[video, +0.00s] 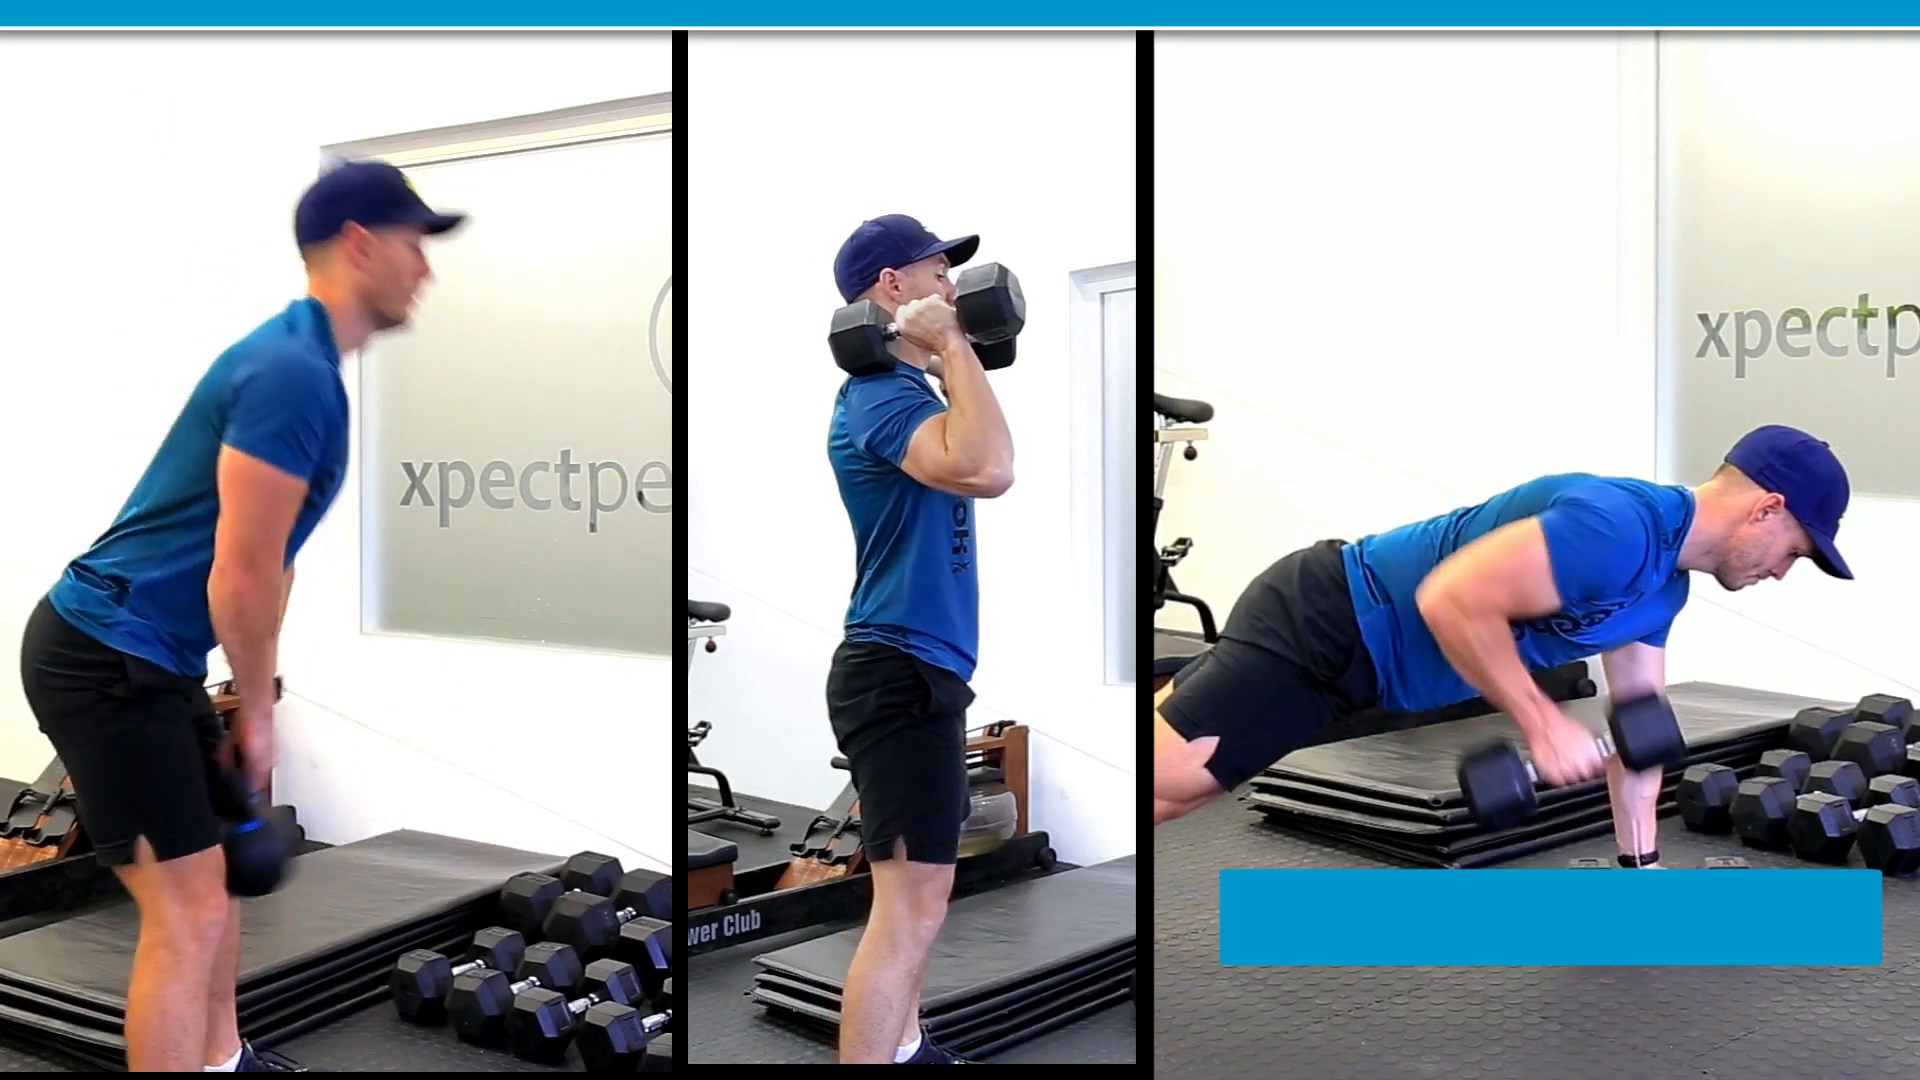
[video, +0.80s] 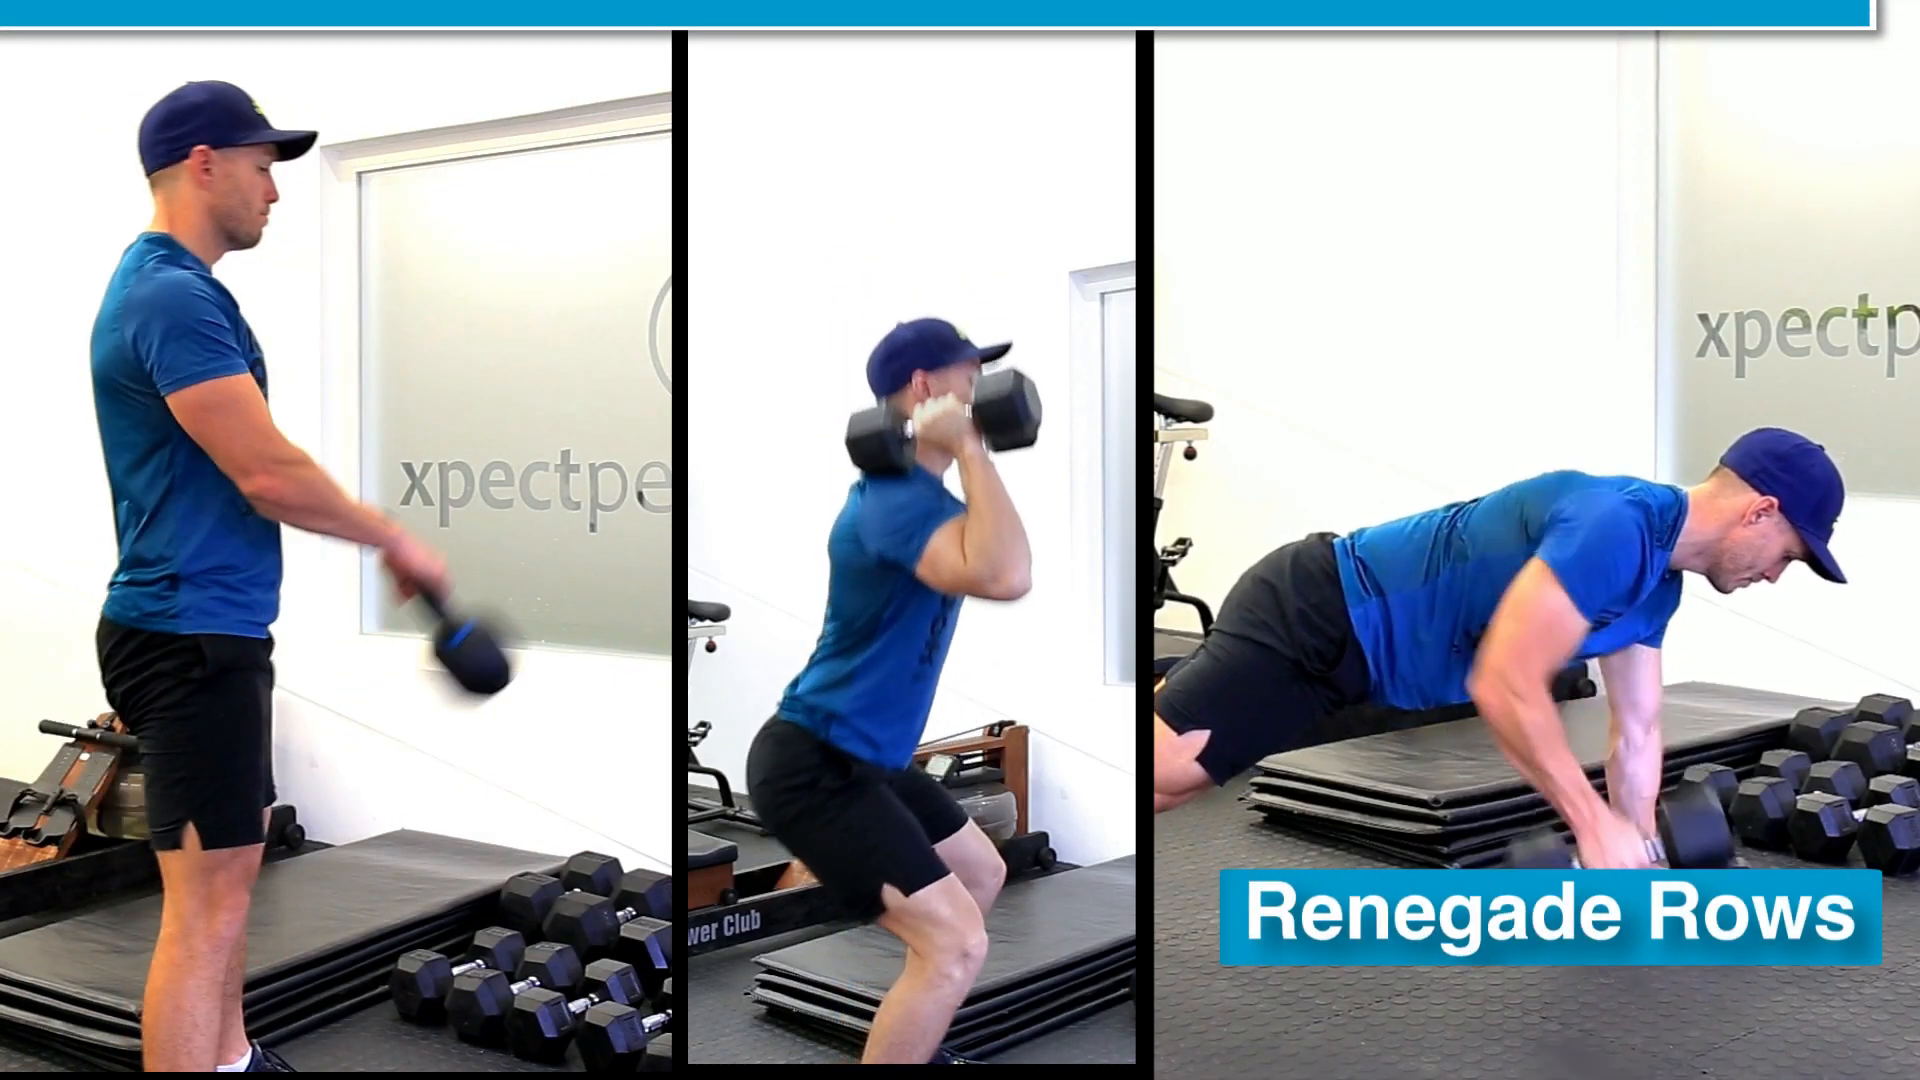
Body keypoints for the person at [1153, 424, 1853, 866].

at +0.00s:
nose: (1786, 574)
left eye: (1800, 561)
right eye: (1798, 552)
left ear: (1755, 508)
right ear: (1762, 507)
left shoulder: (1659, 584)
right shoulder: (1620, 527)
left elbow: (1640, 724)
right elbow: (1453, 600)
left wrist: (1639, 870)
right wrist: (1542, 723)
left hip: (1362, 667)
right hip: (1329, 618)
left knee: (1158, 758)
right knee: (1153, 780)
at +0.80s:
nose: (1779, 577)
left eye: (1793, 565)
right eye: (1791, 556)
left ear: (1750, 509)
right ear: (1758, 511)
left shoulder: (1652, 580)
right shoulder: (1615, 525)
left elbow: (1635, 732)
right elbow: (1505, 684)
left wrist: (1639, 867)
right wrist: (1593, 824)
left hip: (1353, 665)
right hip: (1322, 610)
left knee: (1157, 777)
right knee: (1149, 764)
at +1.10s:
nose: (1781, 581)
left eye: (1796, 570)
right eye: (1793, 560)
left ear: (1753, 511)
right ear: (1759, 514)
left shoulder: (1657, 574)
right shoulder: (1620, 544)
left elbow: (1637, 736)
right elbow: (1582, 751)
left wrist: (1653, 888)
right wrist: (1628, 899)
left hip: (1350, 660)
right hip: (1321, 612)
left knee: (1161, 776)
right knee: (1155, 762)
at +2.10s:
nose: (1791, 592)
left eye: (1805, 580)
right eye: (1802, 571)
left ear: (1762, 525)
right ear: (1770, 528)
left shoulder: (1659, 564)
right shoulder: (1645, 564)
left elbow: (1627, 768)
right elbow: (1619, 775)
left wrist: (1648, 928)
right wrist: (1642, 941)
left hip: (1346, 648)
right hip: (1329, 627)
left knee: (1147, 772)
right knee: (1140, 792)